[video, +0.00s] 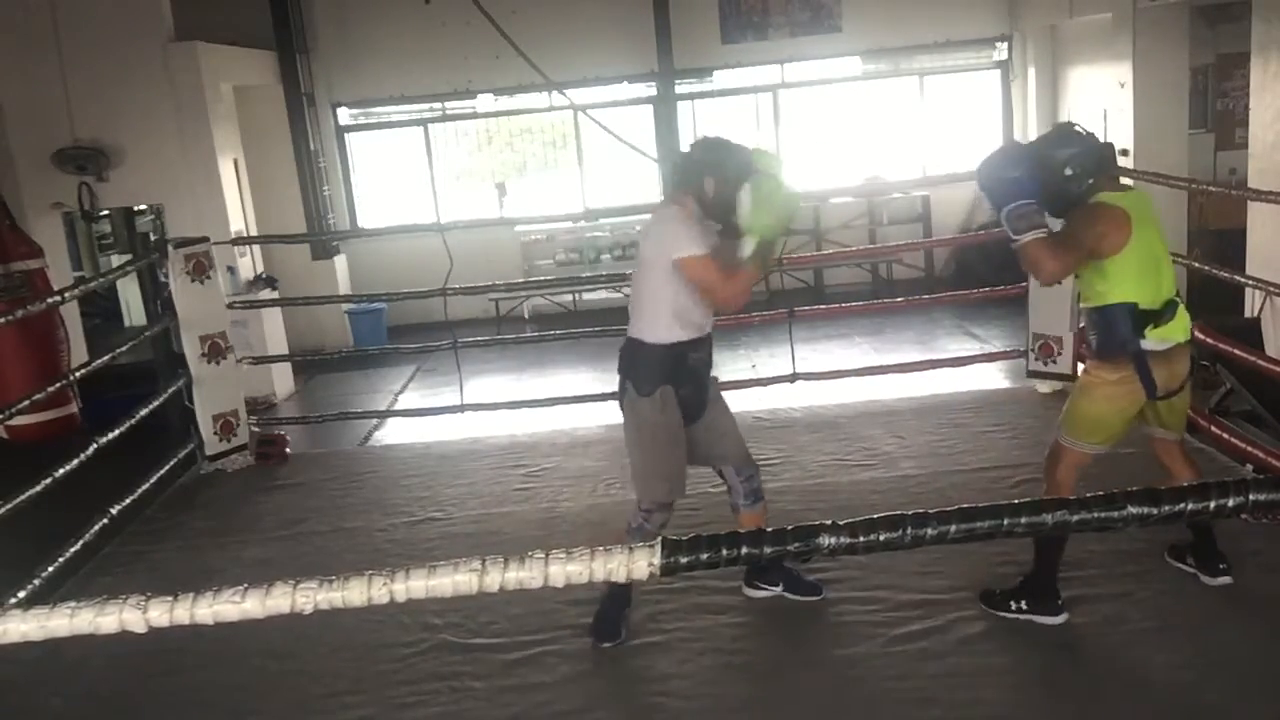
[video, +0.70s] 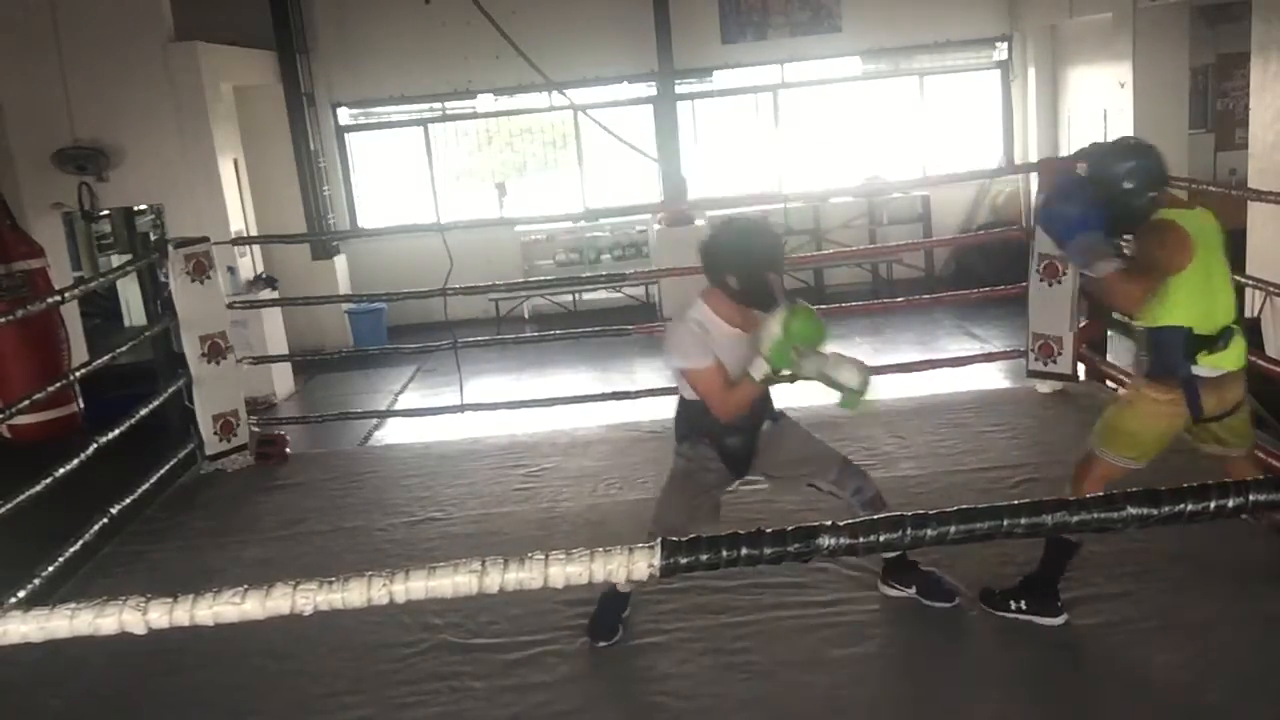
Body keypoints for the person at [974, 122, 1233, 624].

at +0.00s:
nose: (1050, 187)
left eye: (1050, 178)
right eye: (1046, 177)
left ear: (1066, 177)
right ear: (1100, 164)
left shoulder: (1098, 216)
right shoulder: (1135, 200)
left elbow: (1047, 267)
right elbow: (1068, 258)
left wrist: (1015, 205)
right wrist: (1037, 207)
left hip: (1121, 366)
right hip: (1173, 354)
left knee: (1062, 468)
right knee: (1170, 446)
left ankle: (1042, 588)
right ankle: (1208, 553)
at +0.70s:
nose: (1102, 202)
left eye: (1103, 192)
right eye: (1100, 192)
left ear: (1124, 194)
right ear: (1156, 183)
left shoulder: (1162, 234)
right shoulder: (1204, 219)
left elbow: (1133, 300)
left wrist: (1083, 242)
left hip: (1168, 386)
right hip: (1226, 378)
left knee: (1090, 477)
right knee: (1242, 471)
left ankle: (1041, 588)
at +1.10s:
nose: (1125, 186)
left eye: (1129, 174)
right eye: (1123, 175)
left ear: (1155, 169)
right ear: (1181, 160)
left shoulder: (1178, 219)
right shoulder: (1221, 195)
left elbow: (1095, 260)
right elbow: (1136, 247)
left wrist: (1068, 196)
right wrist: (1106, 208)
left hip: (1207, 375)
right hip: (1266, 359)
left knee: (1138, 475)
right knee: (1269, 458)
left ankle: (1125, 601)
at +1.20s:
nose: (1125, 189)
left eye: (1127, 177)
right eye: (1122, 178)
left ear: (1152, 170)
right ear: (1180, 161)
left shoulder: (1174, 221)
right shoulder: (1221, 194)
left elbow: (1086, 263)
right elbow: (1134, 245)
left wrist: (1065, 199)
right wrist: (1106, 207)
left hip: (1209, 374)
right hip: (1267, 358)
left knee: (1144, 474)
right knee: (1262, 448)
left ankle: (1126, 600)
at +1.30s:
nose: (1132, 188)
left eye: (1135, 178)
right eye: (1129, 177)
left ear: (1158, 175)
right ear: (1187, 163)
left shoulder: (1180, 224)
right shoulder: (1228, 191)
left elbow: (1093, 268)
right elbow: (1144, 251)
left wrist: (1077, 202)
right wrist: (1111, 216)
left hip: (1220, 374)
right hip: (1270, 358)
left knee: (1150, 475)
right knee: (1270, 464)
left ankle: (1126, 601)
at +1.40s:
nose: (1152, 193)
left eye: (1154, 184)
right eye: (1150, 183)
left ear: (1179, 182)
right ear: (1206, 168)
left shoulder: (1208, 228)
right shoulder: (1247, 201)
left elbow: (1119, 278)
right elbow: (1157, 253)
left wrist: (1099, 212)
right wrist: (1123, 200)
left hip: (1233, 376)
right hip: (1268, 362)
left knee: (1159, 476)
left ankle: (1127, 600)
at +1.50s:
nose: (1169, 200)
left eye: (1171, 188)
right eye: (1166, 188)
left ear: (1195, 182)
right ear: (1223, 171)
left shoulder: (1226, 231)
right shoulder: (1267, 207)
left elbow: (1147, 288)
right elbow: (1180, 268)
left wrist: (1123, 213)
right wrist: (1145, 218)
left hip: (1245, 381)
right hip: (1268, 372)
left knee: (1163, 476)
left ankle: (1129, 601)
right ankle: (1130, 599)